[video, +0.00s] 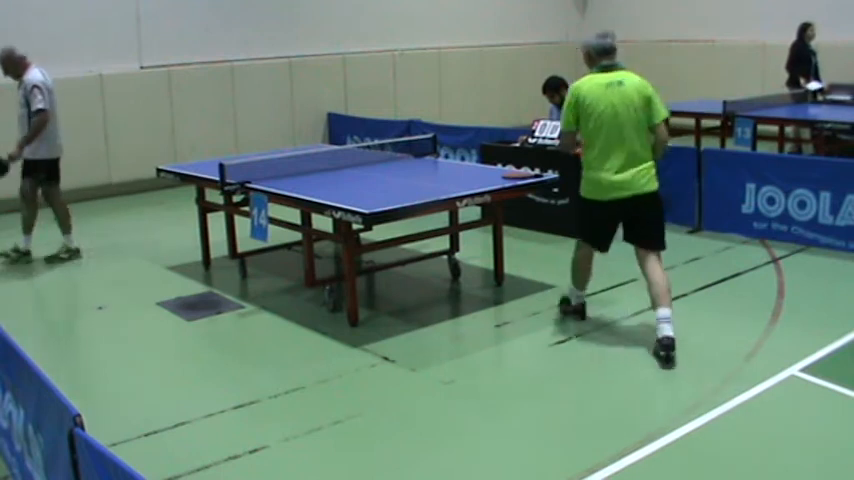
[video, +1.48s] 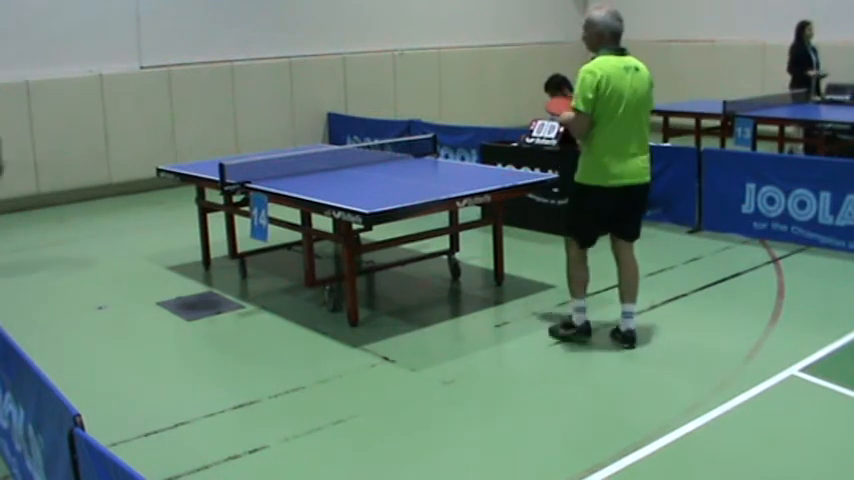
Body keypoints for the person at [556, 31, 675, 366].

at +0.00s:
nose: (584, 62)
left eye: (583, 58)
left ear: (587, 58)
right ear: (615, 54)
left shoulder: (579, 90)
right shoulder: (639, 85)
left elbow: (566, 143)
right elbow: (662, 137)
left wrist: (585, 143)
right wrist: (647, 162)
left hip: (598, 189)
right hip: (642, 186)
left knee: (586, 245)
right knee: (650, 256)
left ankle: (576, 302)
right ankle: (666, 334)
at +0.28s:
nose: (551, 64)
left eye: (551, 60)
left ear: (555, 60)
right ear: (582, 55)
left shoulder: (551, 88)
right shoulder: (607, 77)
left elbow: (549, 140)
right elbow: (629, 123)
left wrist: (541, 164)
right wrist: (636, 165)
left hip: (575, 176)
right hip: (616, 171)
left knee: (570, 234)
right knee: (630, 238)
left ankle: (576, 301)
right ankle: (648, 300)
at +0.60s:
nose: (540, 61)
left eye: (540, 56)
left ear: (545, 55)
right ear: (570, 49)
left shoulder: (542, 82)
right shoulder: (596, 68)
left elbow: (542, 132)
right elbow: (620, 109)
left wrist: (539, 164)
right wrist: (619, 145)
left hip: (570, 167)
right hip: (610, 161)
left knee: (569, 233)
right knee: (623, 230)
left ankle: (575, 300)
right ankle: (633, 298)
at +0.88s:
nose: (548, 53)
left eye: (548, 49)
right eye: (549, 49)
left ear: (554, 48)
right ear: (580, 43)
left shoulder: (550, 78)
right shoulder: (607, 68)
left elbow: (544, 129)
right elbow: (629, 114)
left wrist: (540, 148)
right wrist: (619, 137)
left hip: (574, 171)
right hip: (614, 167)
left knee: (571, 237)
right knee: (618, 238)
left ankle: (576, 301)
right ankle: (632, 305)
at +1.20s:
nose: (572, 49)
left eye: (574, 44)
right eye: (574, 44)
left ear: (579, 46)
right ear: (606, 44)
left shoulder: (577, 80)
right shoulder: (631, 75)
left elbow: (562, 134)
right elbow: (642, 115)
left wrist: (552, 119)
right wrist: (610, 114)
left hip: (590, 181)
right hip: (631, 179)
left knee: (582, 246)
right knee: (621, 248)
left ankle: (576, 302)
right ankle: (628, 325)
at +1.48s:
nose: (582, 35)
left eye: (585, 30)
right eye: (584, 29)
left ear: (594, 35)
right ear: (617, 35)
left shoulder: (592, 72)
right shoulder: (642, 71)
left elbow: (580, 128)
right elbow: (643, 116)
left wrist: (566, 115)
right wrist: (591, 116)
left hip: (594, 179)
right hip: (636, 178)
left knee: (576, 245)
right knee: (625, 247)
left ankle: (578, 320)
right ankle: (628, 326)